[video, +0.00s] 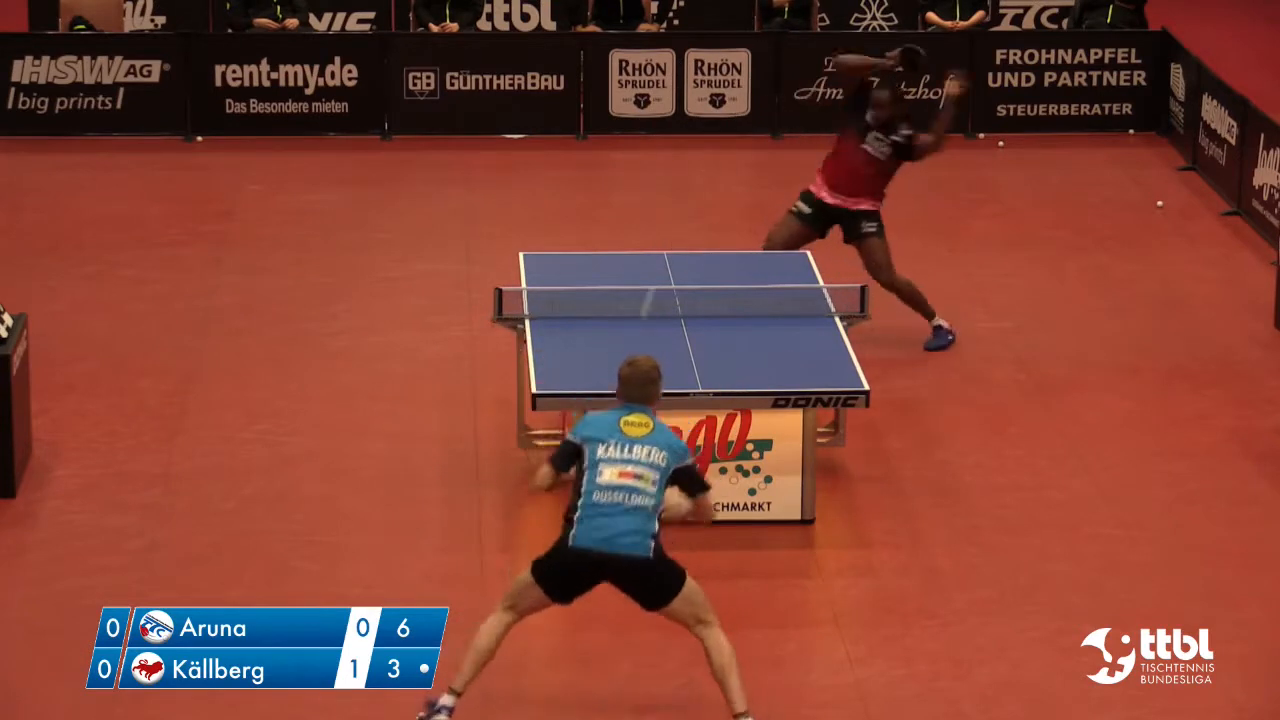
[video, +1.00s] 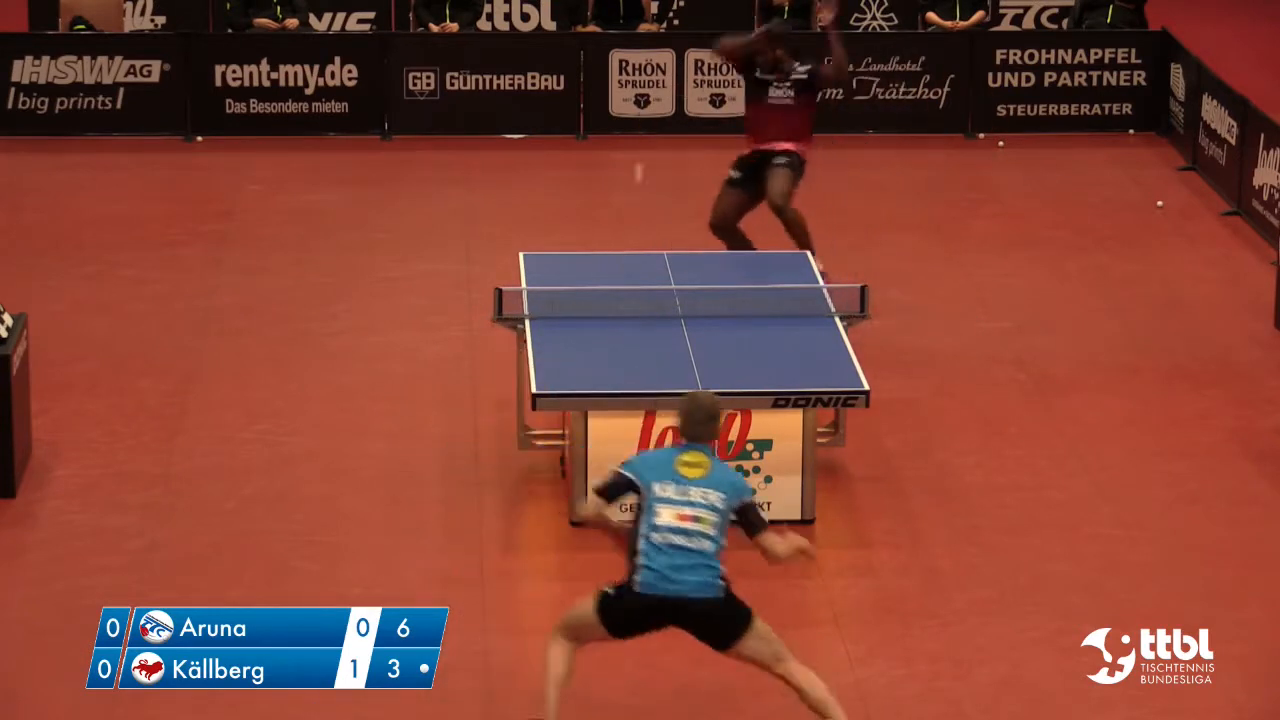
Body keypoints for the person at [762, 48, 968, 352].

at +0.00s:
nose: (875, 112)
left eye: (882, 106)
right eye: (872, 105)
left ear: (897, 107)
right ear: (867, 100)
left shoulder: (903, 139)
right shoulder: (856, 110)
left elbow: (933, 141)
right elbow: (840, 63)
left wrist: (949, 101)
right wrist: (884, 63)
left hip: (861, 211)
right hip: (820, 197)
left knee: (885, 276)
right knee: (773, 247)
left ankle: (937, 324)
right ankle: (773, 318)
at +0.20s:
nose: (888, 98)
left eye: (894, 93)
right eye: (884, 92)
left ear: (907, 93)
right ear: (877, 90)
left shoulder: (917, 131)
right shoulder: (860, 106)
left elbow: (938, 178)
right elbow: (816, 98)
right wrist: (845, 71)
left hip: (888, 206)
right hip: (844, 200)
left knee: (907, 267)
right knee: (799, 257)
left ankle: (942, 325)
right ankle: (788, 324)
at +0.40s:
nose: (849, 89)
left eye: (855, 83)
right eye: (844, 84)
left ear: (870, 84)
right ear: (840, 87)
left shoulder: (886, 115)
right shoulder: (838, 114)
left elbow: (888, 163)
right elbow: (831, 156)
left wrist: (850, 195)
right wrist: (808, 162)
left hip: (889, 195)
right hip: (849, 194)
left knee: (908, 260)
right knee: (796, 243)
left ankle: (953, 313)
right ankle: (789, 312)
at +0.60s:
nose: (802, 113)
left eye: (808, 106)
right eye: (799, 108)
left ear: (823, 104)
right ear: (798, 109)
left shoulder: (830, 130)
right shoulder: (826, 125)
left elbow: (800, 170)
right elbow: (866, 155)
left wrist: (756, 189)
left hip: (876, 210)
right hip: (842, 207)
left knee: (904, 274)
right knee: (787, 227)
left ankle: (966, 318)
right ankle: (791, 299)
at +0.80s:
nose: (756, 84)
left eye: (761, 77)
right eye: (753, 78)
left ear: (775, 76)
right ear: (755, 78)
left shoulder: (787, 97)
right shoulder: (774, 100)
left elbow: (802, 124)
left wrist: (797, 154)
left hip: (833, 181)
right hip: (803, 182)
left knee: (855, 249)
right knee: (760, 224)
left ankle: (910, 306)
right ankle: (778, 289)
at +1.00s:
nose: (762, 57)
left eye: (768, 51)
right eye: (760, 51)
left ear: (782, 50)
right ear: (758, 51)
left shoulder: (807, 73)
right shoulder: (753, 70)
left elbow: (840, 73)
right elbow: (723, 48)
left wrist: (830, 29)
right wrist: (760, 37)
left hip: (788, 153)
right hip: (756, 154)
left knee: (778, 201)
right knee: (720, 224)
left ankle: (812, 262)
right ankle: (759, 268)